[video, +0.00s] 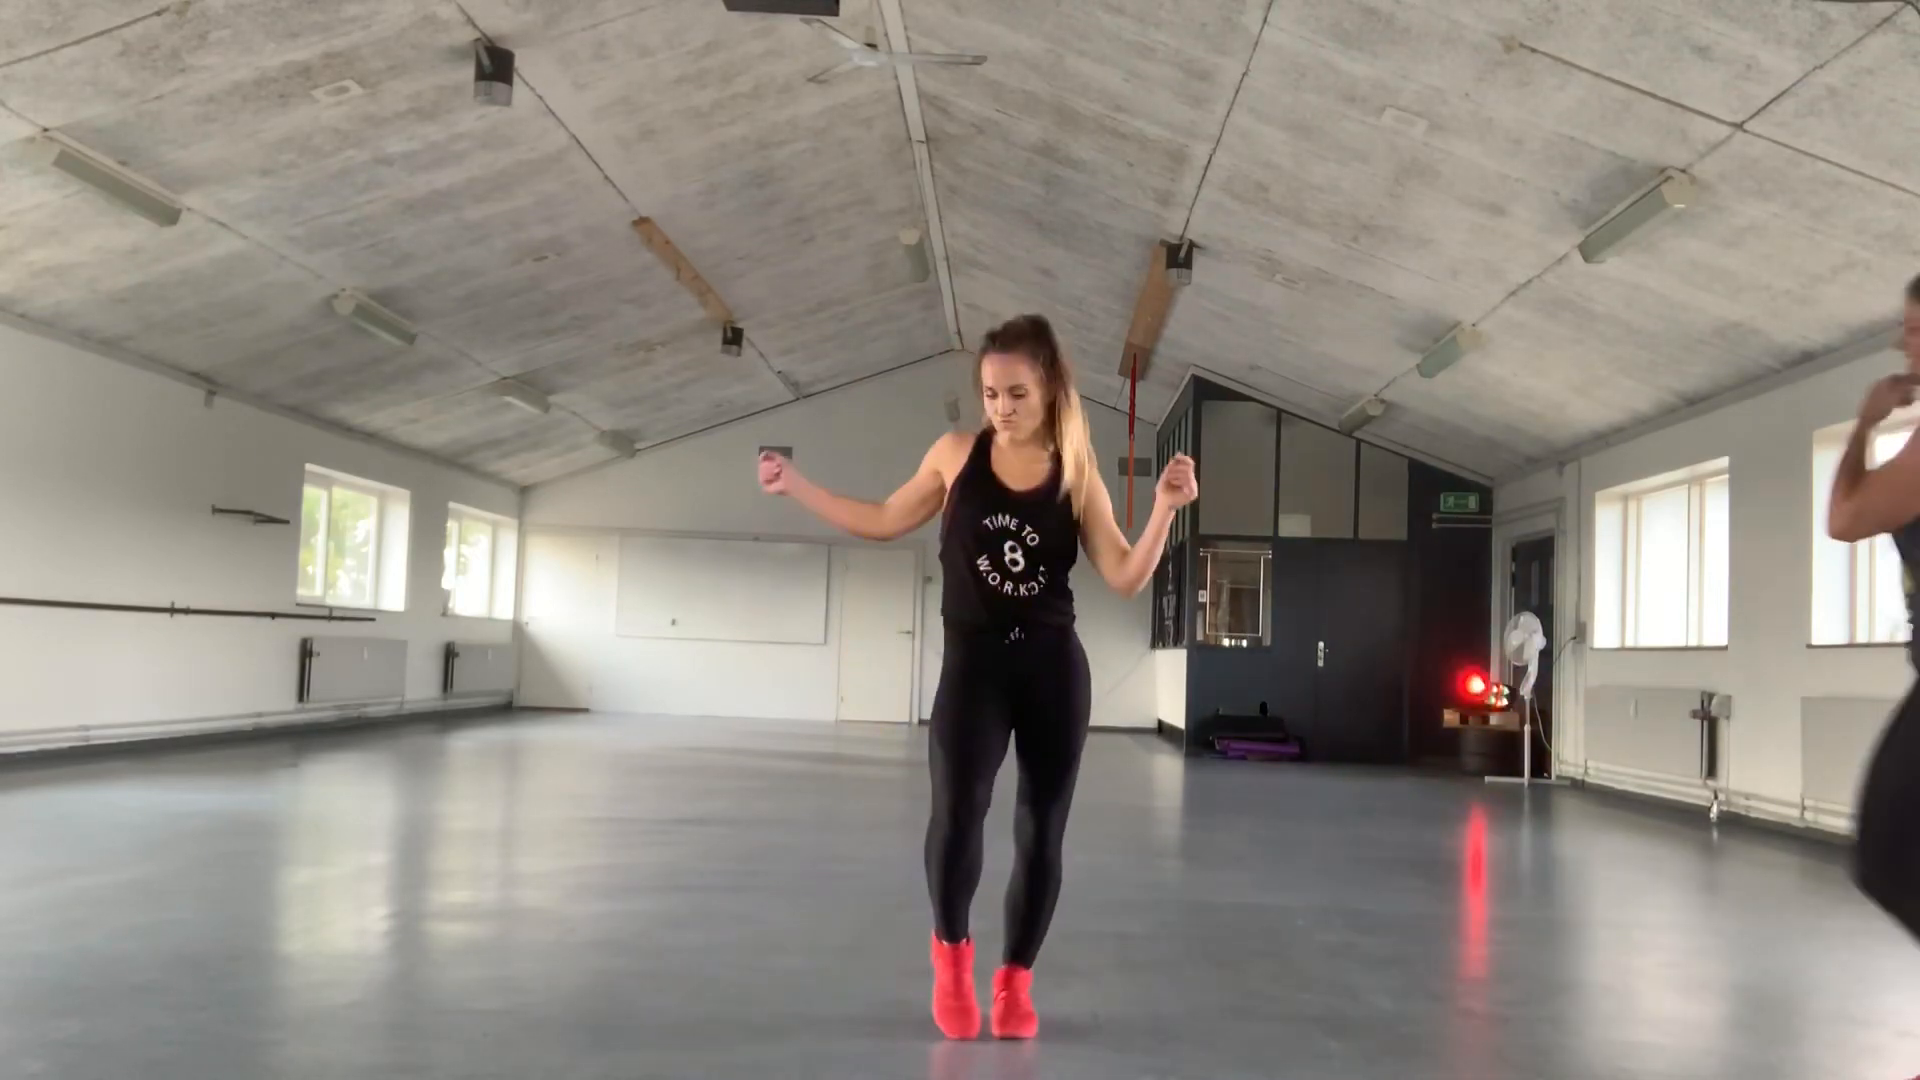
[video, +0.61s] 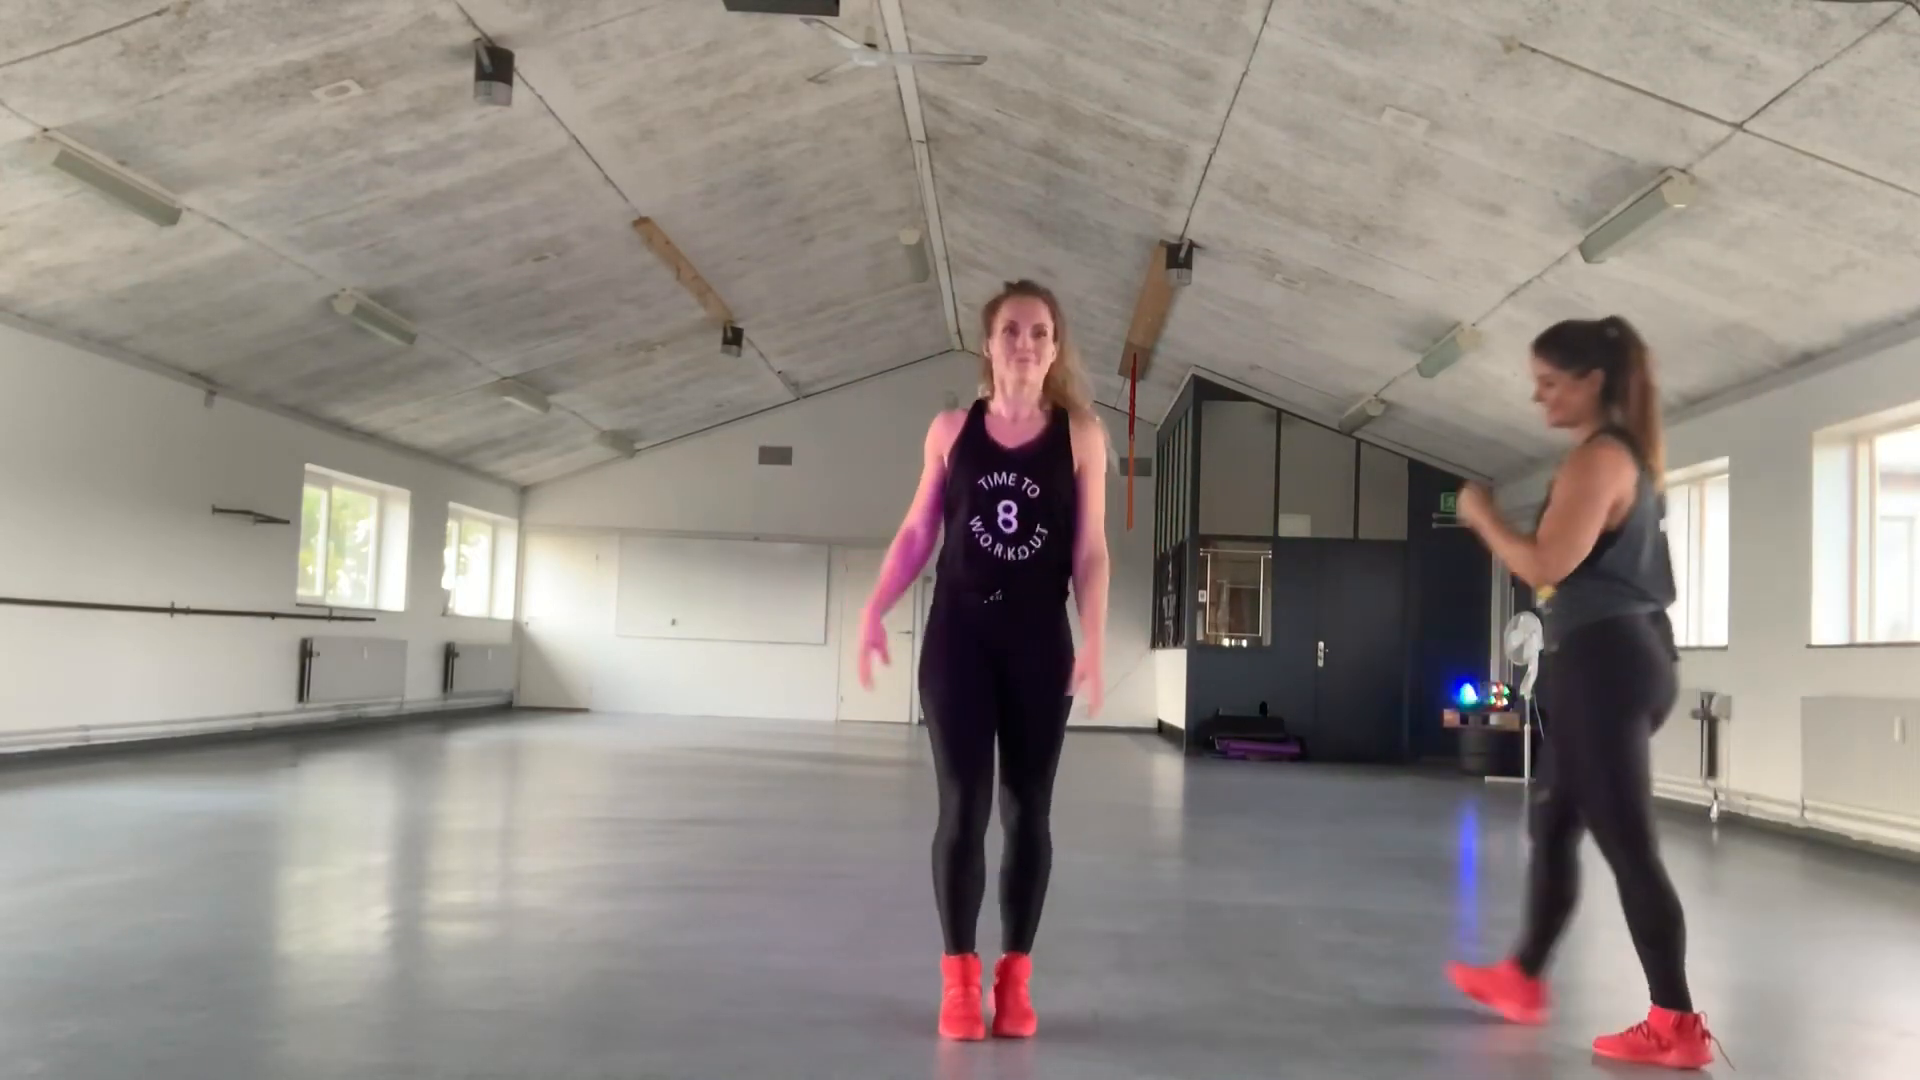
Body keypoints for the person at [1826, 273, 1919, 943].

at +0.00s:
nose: (1907, 345)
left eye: (1913, 331)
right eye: (1907, 331)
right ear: (1908, 337)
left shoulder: (1918, 446)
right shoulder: (1913, 442)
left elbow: (1845, 518)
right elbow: (1851, 517)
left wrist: (1865, 424)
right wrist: (1867, 425)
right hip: (1919, 682)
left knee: (1882, 858)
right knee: (1881, 856)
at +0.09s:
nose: (1858, 351)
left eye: (1869, 336)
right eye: (1859, 336)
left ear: (1910, 340)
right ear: (1903, 343)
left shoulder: (1905, 433)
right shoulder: (1901, 428)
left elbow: (1804, 518)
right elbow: (1813, 514)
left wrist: (1822, 424)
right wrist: (1832, 431)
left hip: (1906, 677)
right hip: (1900, 675)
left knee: (1819, 835)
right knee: (1824, 836)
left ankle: (1901, 1027)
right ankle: (1899, 1026)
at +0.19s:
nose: (1793, 367)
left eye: (1805, 353)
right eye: (1794, 352)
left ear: (1854, 355)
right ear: (1850, 359)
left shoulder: (1863, 443)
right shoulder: (1882, 440)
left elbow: (1749, 529)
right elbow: (1867, 570)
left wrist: (1755, 438)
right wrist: (1791, 640)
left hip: (1861, 685)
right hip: (1891, 681)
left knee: (1764, 842)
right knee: (1913, 869)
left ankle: (1722, 1022)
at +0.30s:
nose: (1706, 374)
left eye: (1718, 361)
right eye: (1709, 359)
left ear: (1766, 365)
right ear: (1768, 369)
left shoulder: (1770, 450)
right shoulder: (1801, 448)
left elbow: (1659, 530)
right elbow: (1757, 568)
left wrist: (1676, 442)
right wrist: (1670, 620)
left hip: (1761, 677)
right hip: (1822, 674)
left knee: (1691, 844)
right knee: (1810, 852)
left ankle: (1676, 1021)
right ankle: (1916, 1006)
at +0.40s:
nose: (1668, 375)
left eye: (1677, 361)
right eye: (1668, 361)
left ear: (1724, 364)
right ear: (1728, 368)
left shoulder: (1726, 447)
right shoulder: (1758, 446)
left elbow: (1621, 528)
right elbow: (1727, 570)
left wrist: (1635, 439)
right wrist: (1643, 619)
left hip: (1723, 668)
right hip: (1779, 666)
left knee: (1670, 840)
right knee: (1735, 845)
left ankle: (1675, 1023)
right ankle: (1861, 983)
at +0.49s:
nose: (1611, 382)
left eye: (1622, 368)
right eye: (1610, 368)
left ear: (1667, 366)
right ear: (1671, 371)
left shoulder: (1668, 448)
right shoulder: (1708, 444)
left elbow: (1572, 538)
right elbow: (1693, 568)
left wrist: (1567, 453)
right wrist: (1622, 633)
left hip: (1671, 652)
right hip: (1713, 648)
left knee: (1661, 836)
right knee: (1627, 814)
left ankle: (1677, 1022)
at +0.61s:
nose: (1539, 398)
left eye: (1550, 384)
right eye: (1538, 385)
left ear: (1594, 381)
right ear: (1590, 387)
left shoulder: (1598, 458)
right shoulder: (1618, 456)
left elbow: (1545, 564)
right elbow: (1562, 563)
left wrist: (1484, 520)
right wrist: (1506, 536)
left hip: (1601, 660)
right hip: (1623, 656)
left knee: (1627, 845)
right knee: (1555, 822)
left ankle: (1675, 1020)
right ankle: (1523, 977)